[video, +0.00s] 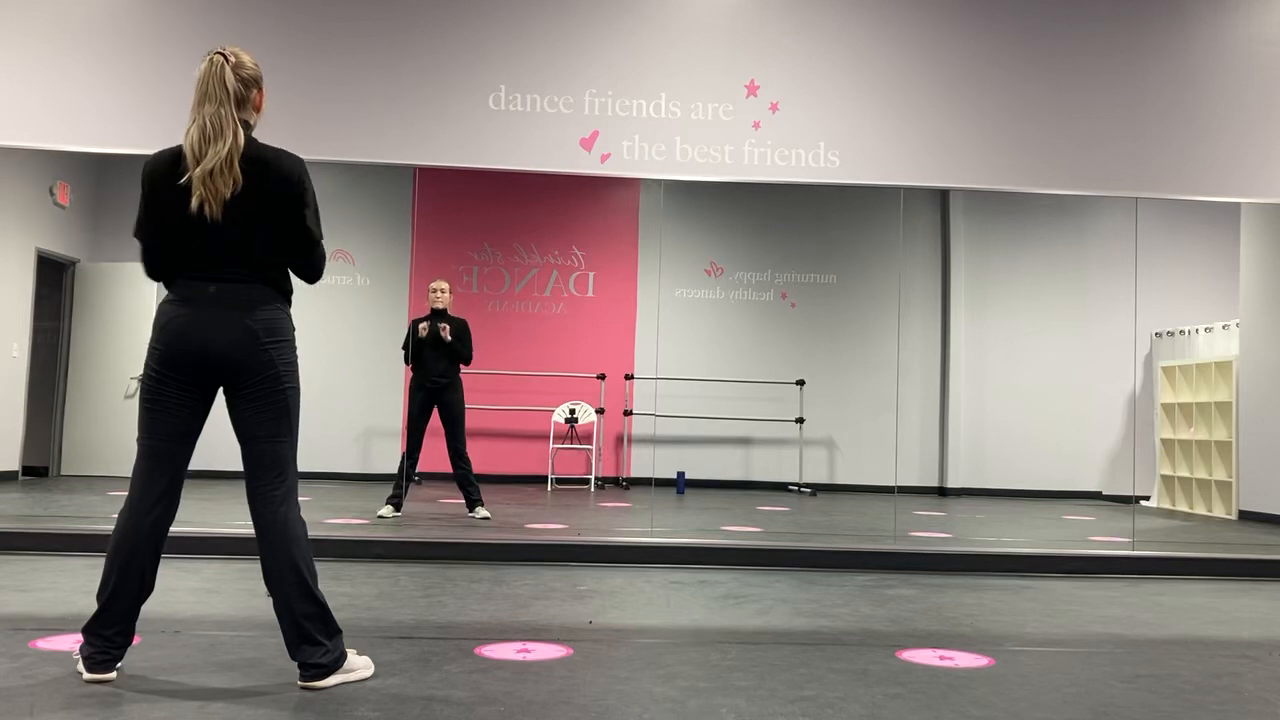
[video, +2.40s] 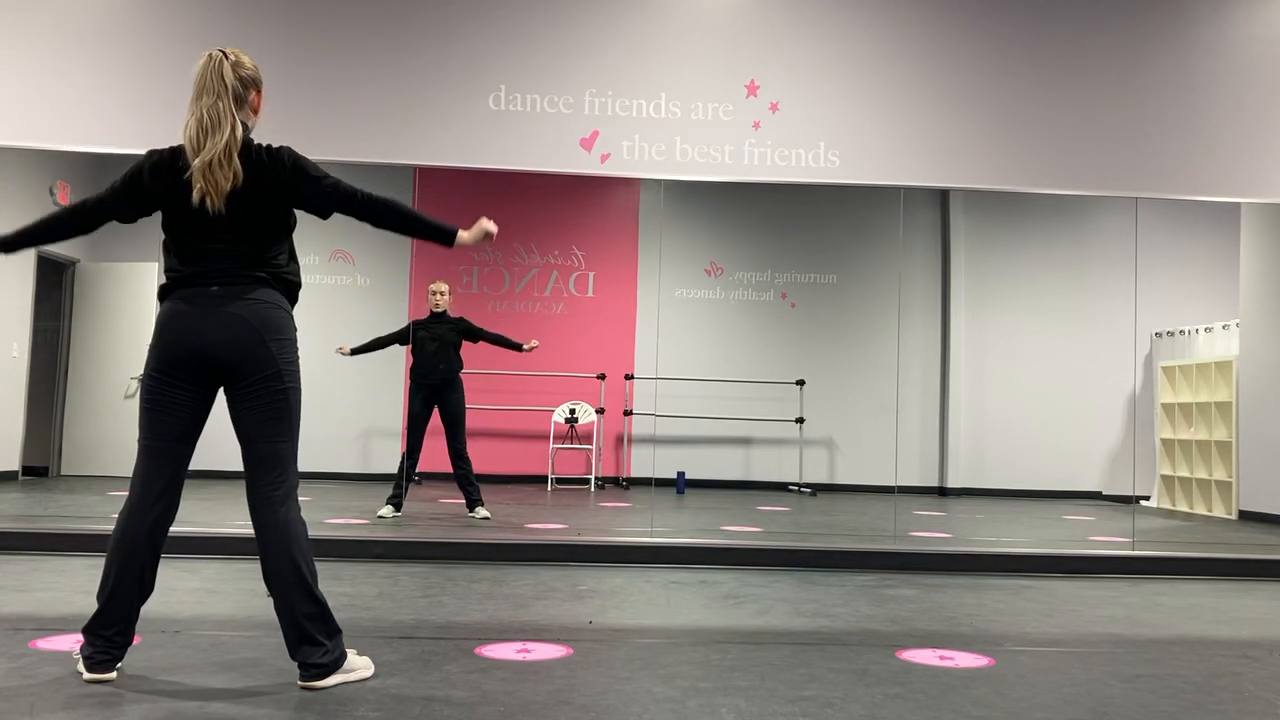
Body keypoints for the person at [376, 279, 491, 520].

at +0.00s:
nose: (438, 294)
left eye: (442, 291)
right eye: (434, 291)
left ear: (450, 297)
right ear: (427, 297)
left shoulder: (459, 324)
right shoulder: (417, 325)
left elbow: (467, 359)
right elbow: (408, 358)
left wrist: (449, 339)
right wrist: (419, 338)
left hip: (450, 390)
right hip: (421, 390)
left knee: (458, 448)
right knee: (412, 448)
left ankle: (475, 504)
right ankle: (394, 503)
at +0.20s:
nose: (438, 296)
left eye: (444, 292)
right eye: (435, 292)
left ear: (451, 299)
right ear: (430, 296)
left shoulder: (457, 320)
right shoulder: (421, 318)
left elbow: (456, 335)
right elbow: (417, 331)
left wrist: (443, 307)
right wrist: (427, 302)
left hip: (450, 387)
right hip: (421, 386)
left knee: (458, 448)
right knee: (412, 448)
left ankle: (475, 504)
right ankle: (394, 503)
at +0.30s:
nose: (437, 296)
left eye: (441, 293)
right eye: (433, 293)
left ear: (448, 298)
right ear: (428, 299)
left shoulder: (455, 322)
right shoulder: (421, 321)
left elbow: (454, 300)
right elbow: (416, 295)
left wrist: (444, 276)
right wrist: (428, 273)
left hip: (450, 388)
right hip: (421, 387)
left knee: (458, 448)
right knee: (412, 448)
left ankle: (475, 505)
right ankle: (394, 503)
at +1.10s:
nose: (437, 292)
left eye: (442, 289)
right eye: (433, 289)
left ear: (450, 296)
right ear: (428, 295)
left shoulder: (457, 316)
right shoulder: (419, 316)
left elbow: (469, 287)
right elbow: (408, 284)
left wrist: (480, 255)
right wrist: (400, 252)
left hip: (450, 387)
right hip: (421, 387)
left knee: (458, 447)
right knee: (412, 447)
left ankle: (475, 505)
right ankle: (394, 503)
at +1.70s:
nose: (438, 293)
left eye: (443, 291)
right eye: (434, 291)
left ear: (450, 298)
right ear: (428, 297)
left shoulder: (459, 320)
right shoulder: (417, 320)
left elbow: (488, 301)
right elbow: (389, 301)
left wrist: (515, 282)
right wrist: (363, 279)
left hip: (450, 389)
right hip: (421, 389)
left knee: (458, 449)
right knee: (412, 448)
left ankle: (475, 505)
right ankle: (394, 504)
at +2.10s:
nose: (437, 296)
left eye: (442, 293)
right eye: (433, 293)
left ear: (450, 299)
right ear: (428, 298)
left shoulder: (459, 324)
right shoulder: (415, 324)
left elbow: (493, 321)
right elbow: (382, 320)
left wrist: (526, 317)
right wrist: (349, 314)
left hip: (450, 391)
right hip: (421, 390)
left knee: (458, 449)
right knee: (412, 449)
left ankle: (475, 506)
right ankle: (394, 504)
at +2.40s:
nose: (437, 298)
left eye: (441, 294)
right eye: (433, 294)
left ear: (449, 299)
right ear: (428, 298)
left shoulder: (459, 325)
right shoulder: (416, 327)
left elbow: (488, 336)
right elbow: (385, 341)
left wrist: (521, 346)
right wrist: (352, 350)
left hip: (450, 391)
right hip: (421, 391)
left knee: (458, 449)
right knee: (412, 449)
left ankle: (475, 505)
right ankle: (394, 504)